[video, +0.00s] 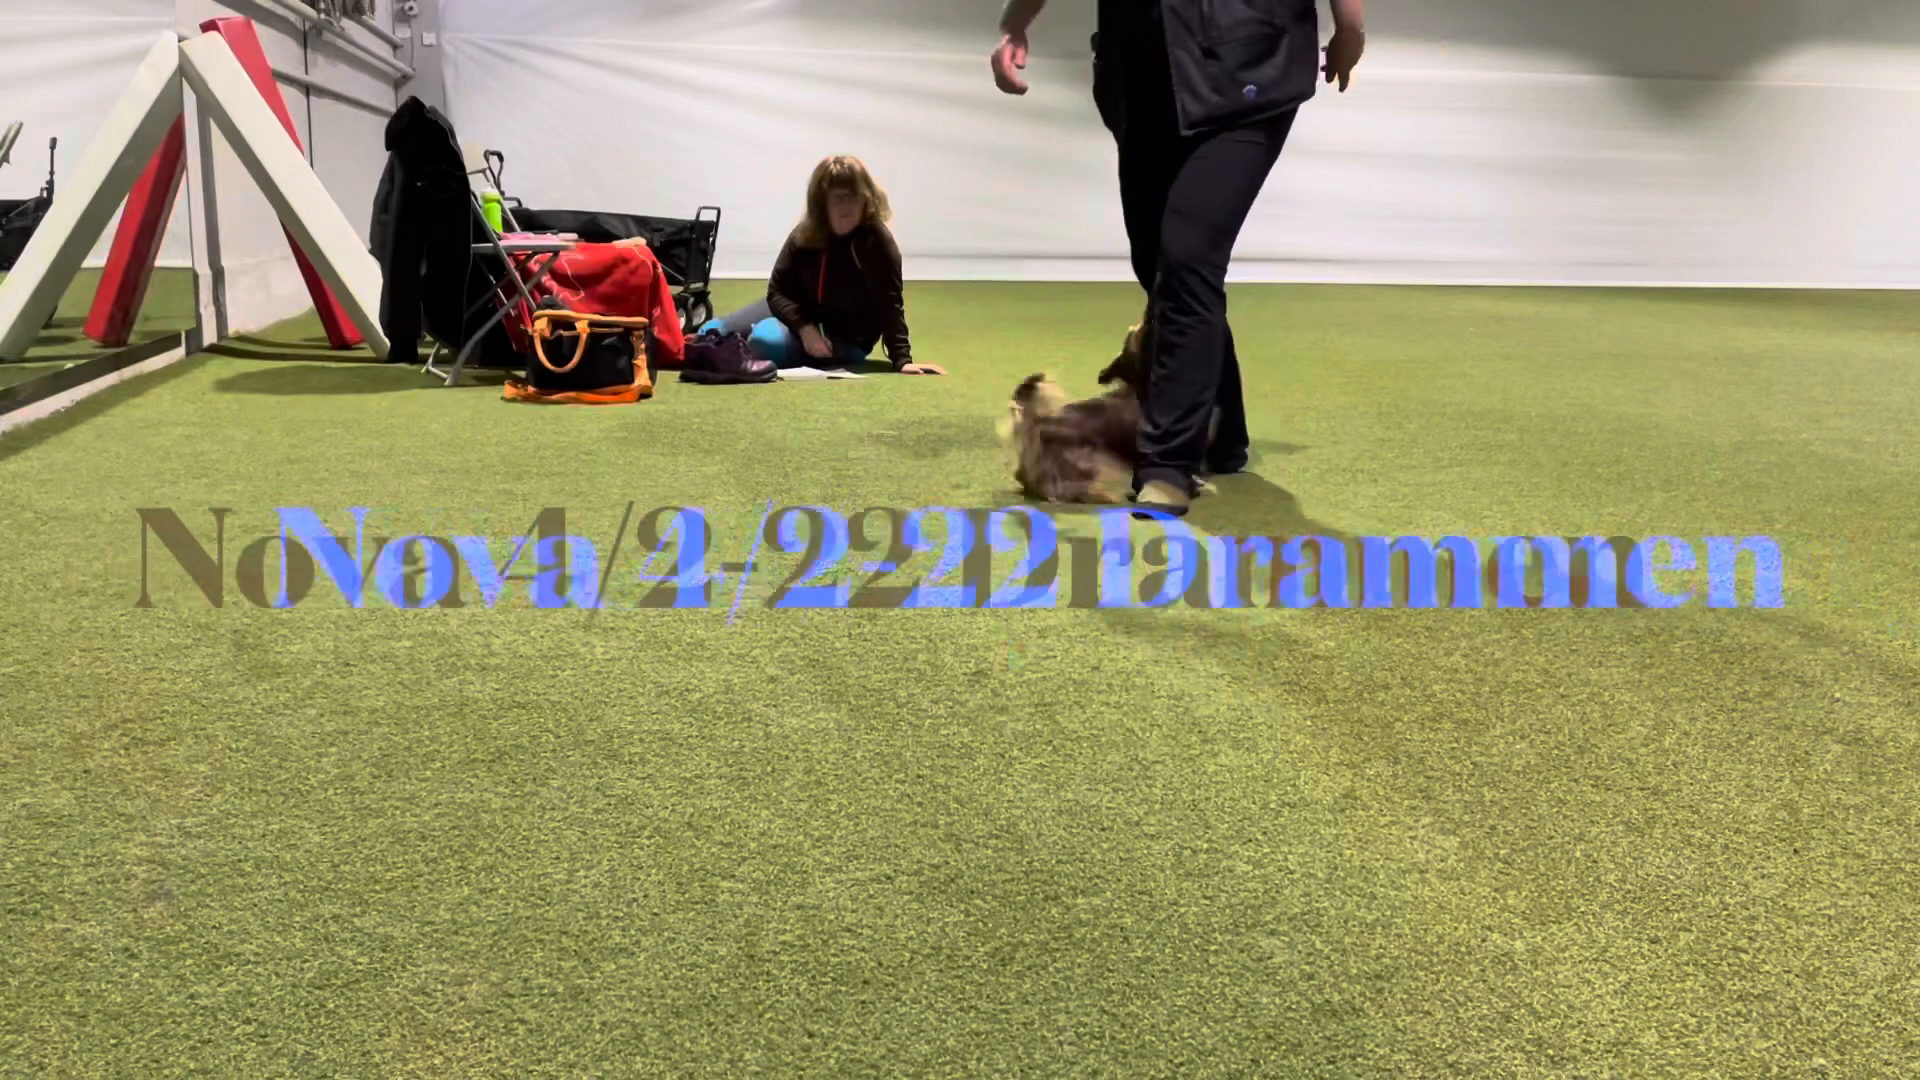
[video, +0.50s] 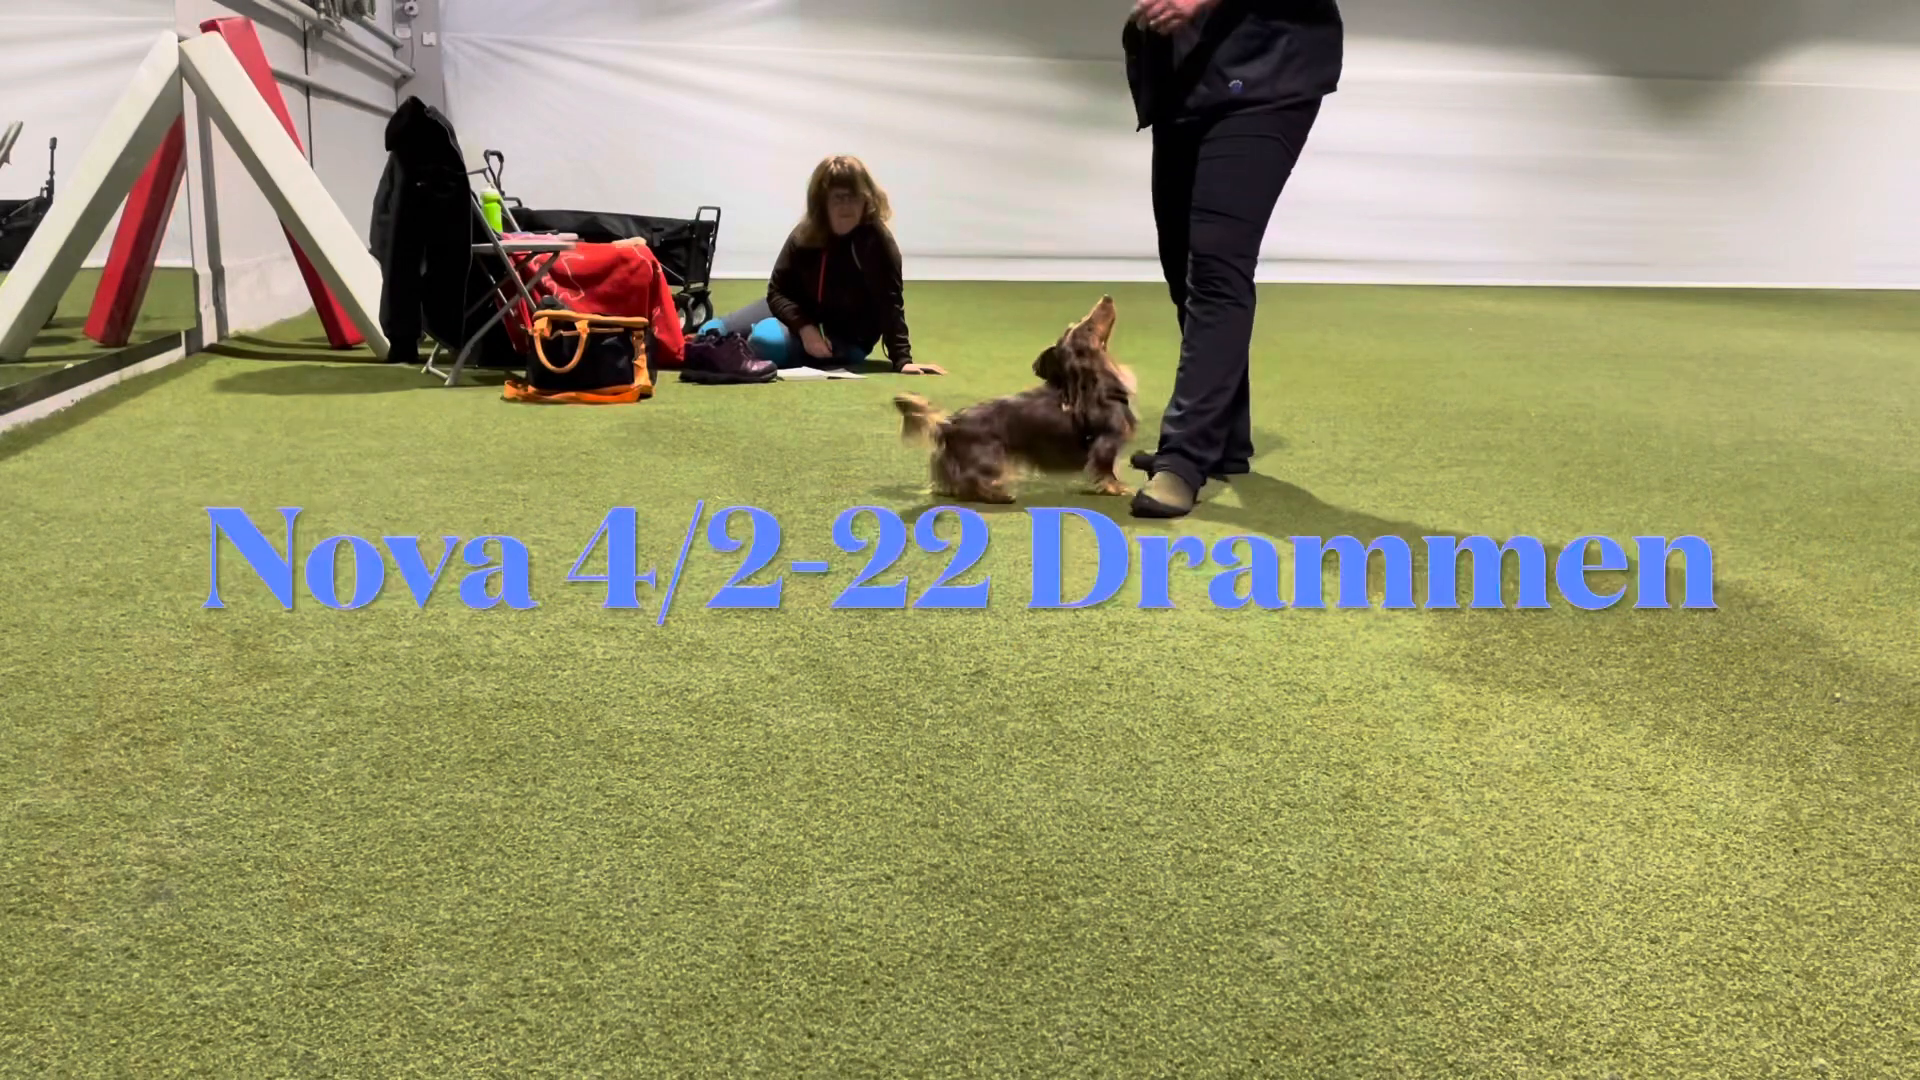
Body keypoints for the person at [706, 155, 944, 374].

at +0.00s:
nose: (846, 205)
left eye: (853, 197)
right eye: (837, 197)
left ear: (866, 201)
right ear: (821, 201)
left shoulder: (879, 244)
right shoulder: (804, 237)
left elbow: (891, 303)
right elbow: (777, 291)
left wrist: (902, 361)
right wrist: (805, 328)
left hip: (842, 338)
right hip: (796, 313)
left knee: (765, 338)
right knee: (712, 332)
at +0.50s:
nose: (846, 205)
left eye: (854, 196)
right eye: (838, 197)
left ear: (866, 201)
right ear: (821, 201)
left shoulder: (878, 243)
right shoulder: (805, 236)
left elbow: (891, 303)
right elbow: (778, 292)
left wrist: (902, 360)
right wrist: (805, 328)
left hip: (840, 338)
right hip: (794, 313)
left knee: (764, 337)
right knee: (717, 330)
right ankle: (700, 334)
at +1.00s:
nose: (846, 205)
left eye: (854, 196)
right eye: (838, 197)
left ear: (866, 201)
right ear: (822, 201)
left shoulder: (878, 242)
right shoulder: (804, 237)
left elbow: (891, 303)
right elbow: (778, 292)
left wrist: (903, 361)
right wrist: (804, 327)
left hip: (840, 338)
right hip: (794, 314)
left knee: (763, 337)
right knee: (714, 331)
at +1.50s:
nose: (848, 204)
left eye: (855, 195)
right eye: (839, 196)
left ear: (868, 200)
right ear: (823, 200)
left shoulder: (878, 242)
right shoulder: (805, 236)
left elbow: (891, 302)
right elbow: (778, 292)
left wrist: (902, 360)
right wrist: (804, 327)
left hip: (841, 338)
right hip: (793, 313)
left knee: (764, 337)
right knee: (714, 331)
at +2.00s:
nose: (848, 204)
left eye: (856, 195)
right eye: (839, 196)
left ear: (868, 200)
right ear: (823, 200)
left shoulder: (878, 242)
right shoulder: (805, 236)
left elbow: (891, 302)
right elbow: (778, 292)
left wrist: (902, 360)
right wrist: (805, 327)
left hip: (841, 338)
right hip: (794, 313)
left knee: (764, 337)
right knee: (714, 331)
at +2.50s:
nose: (848, 204)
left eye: (855, 195)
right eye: (839, 196)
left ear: (867, 200)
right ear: (822, 201)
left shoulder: (877, 242)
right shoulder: (804, 237)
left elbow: (891, 302)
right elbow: (778, 292)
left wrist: (902, 360)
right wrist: (804, 327)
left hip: (841, 338)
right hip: (794, 313)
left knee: (764, 337)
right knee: (713, 331)